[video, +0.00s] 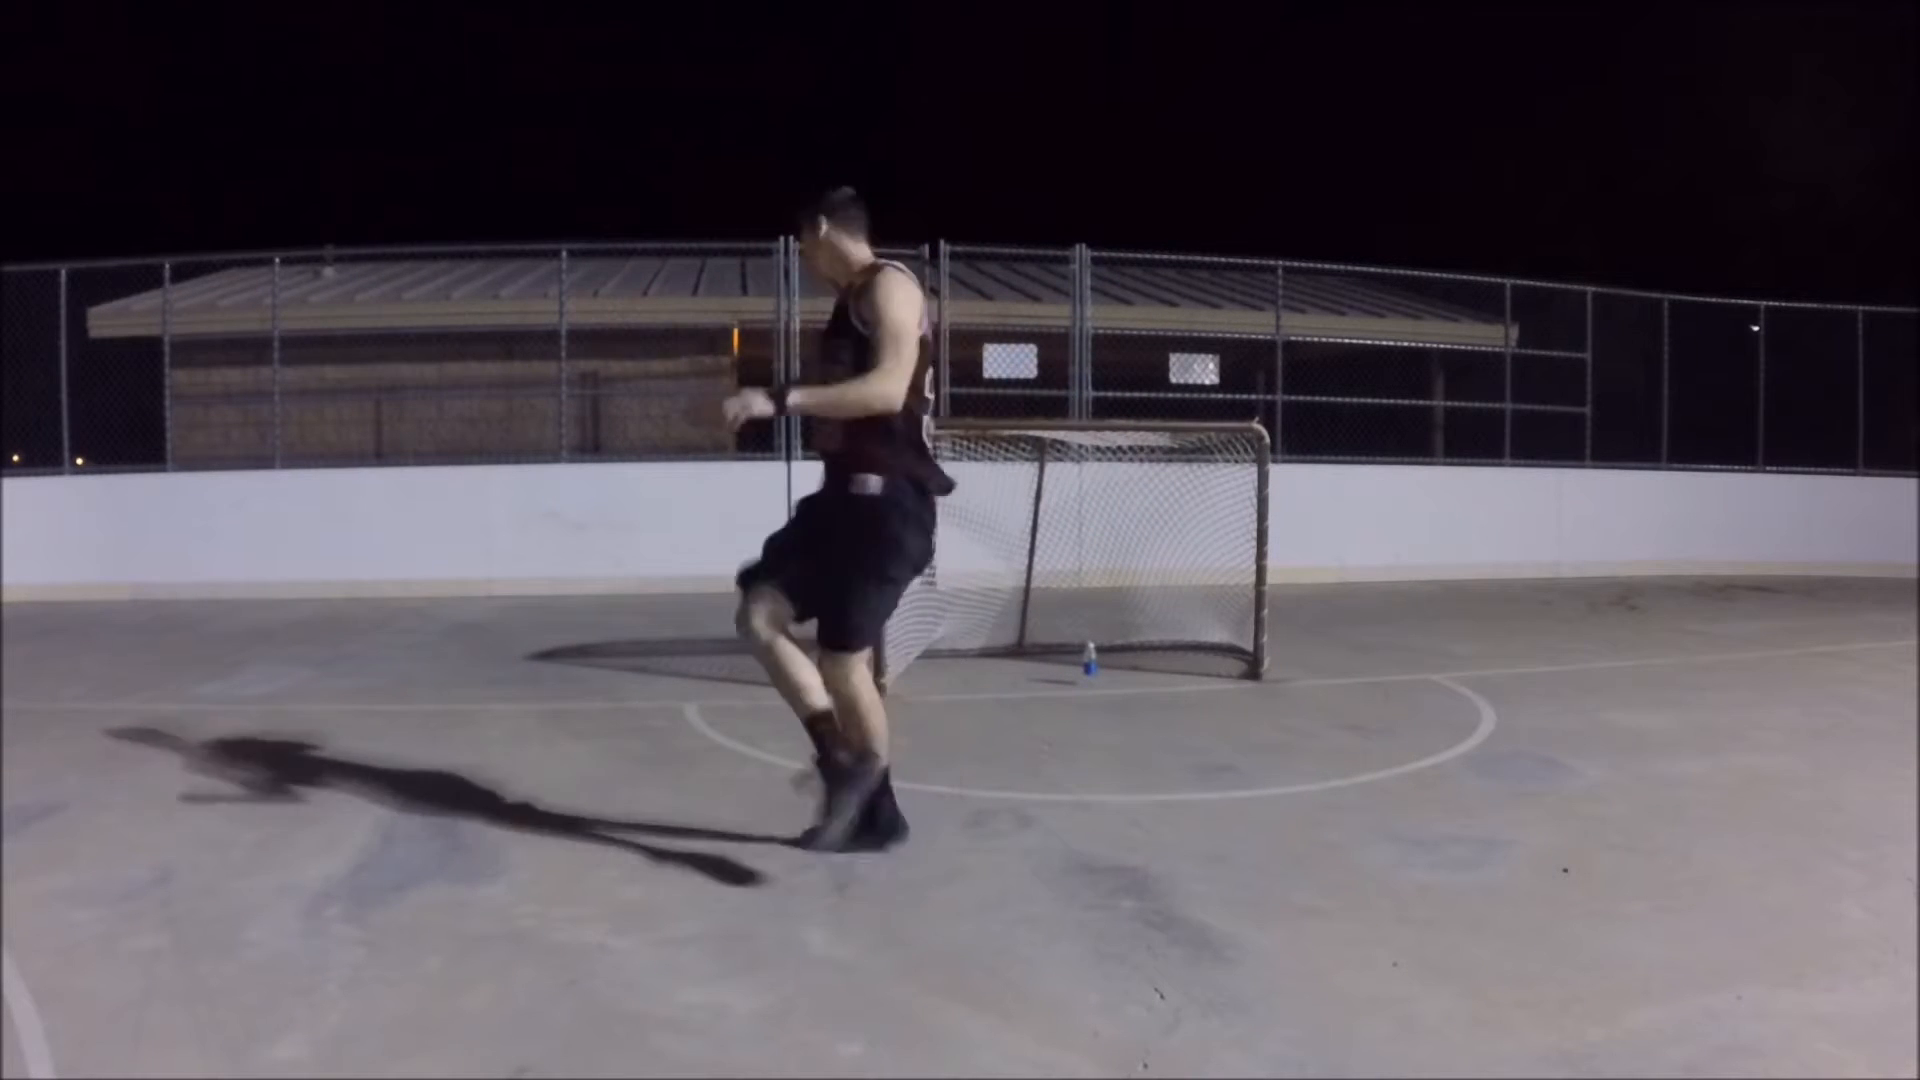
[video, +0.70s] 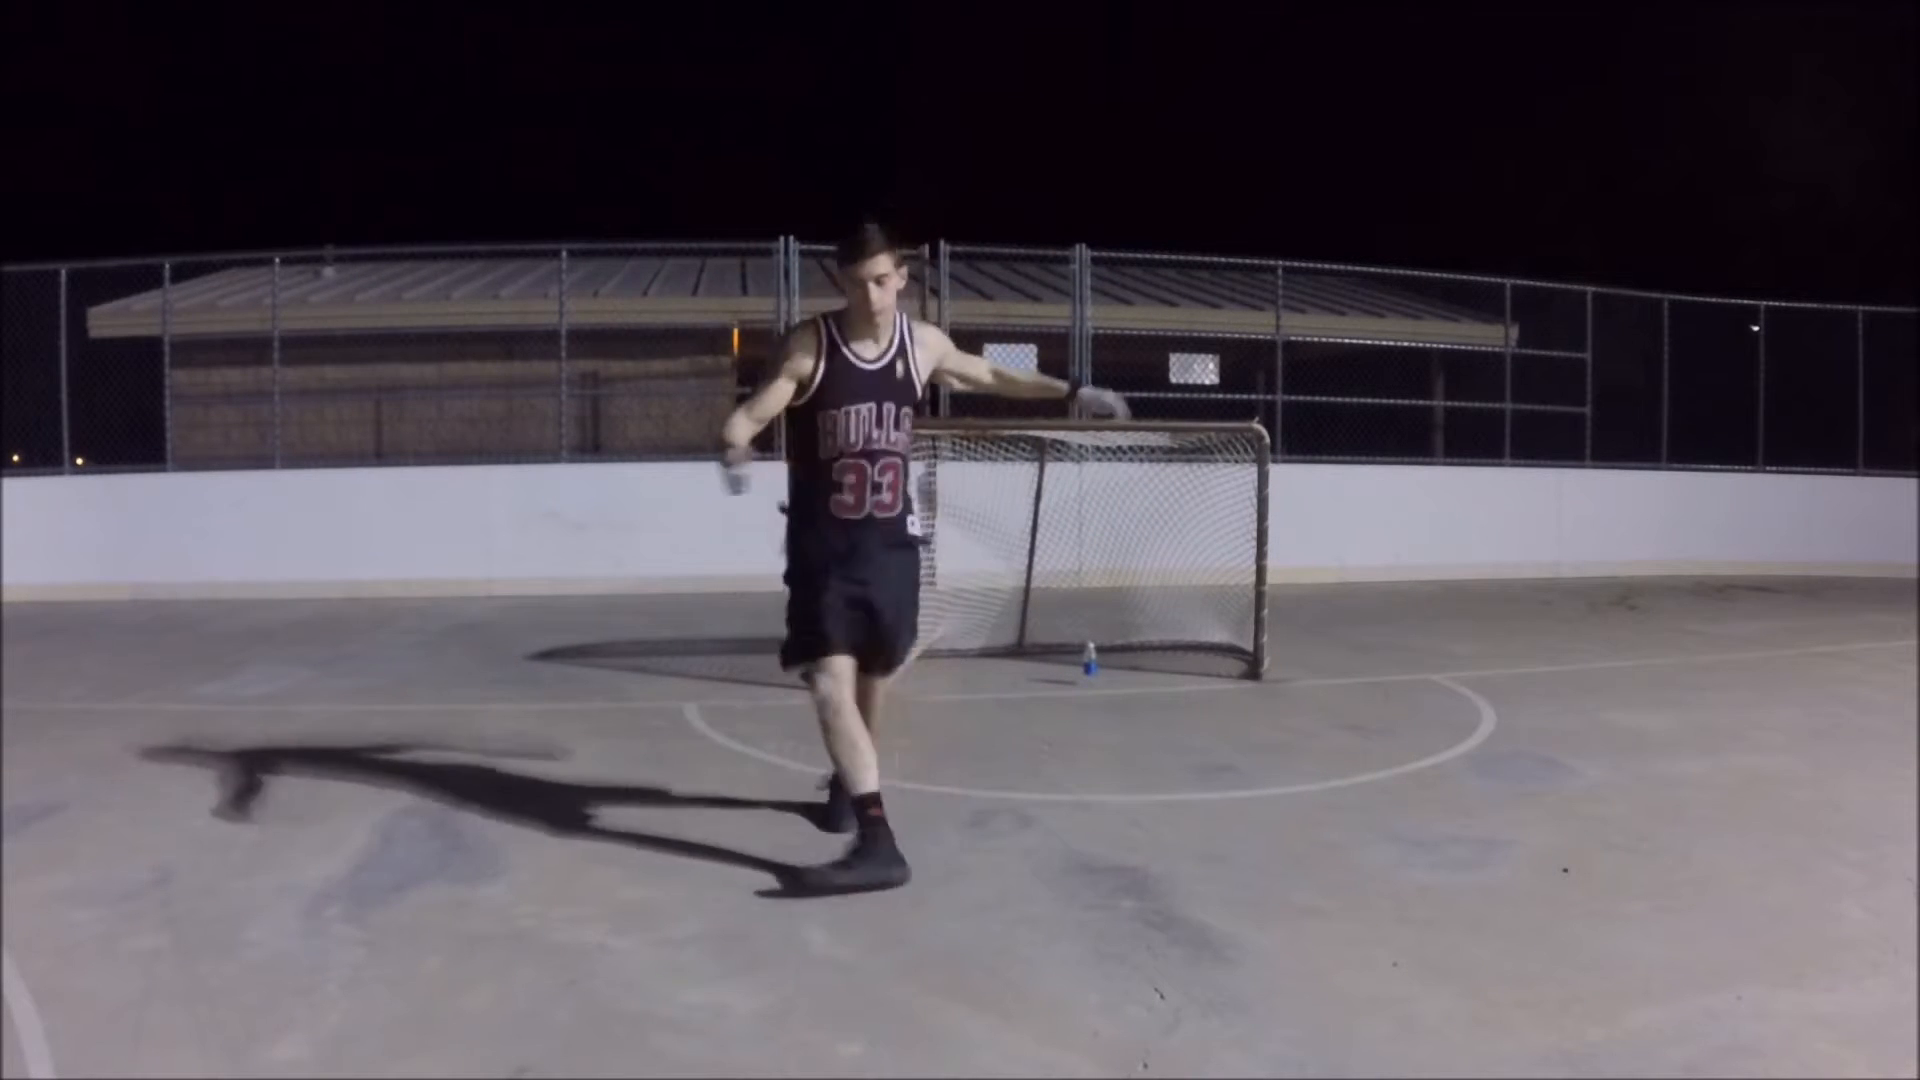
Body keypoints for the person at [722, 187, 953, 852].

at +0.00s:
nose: (806, 258)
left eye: (806, 243)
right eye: (804, 245)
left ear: (827, 233)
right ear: (845, 231)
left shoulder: (892, 287)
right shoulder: (853, 299)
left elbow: (887, 389)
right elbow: (867, 398)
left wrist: (782, 400)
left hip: (884, 506)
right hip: (843, 500)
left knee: (845, 663)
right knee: (761, 614)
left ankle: (878, 808)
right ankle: (840, 758)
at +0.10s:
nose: (808, 255)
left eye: (809, 244)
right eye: (816, 242)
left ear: (816, 247)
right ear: (872, 246)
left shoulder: (839, 302)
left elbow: (855, 409)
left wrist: (777, 465)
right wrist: (769, 410)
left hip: (857, 505)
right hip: (916, 511)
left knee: (843, 674)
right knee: (808, 620)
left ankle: (866, 834)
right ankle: (746, 725)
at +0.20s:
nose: (892, 310)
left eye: (888, 305)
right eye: (891, 303)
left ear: (827, 300)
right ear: (878, 299)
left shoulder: (790, 353)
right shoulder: (920, 344)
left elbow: (777, 459)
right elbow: (944, 448)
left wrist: (777, 525)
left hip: (843, 544)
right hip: (922, 544)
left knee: (839, 684)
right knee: (839, 648)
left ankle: (870, 835)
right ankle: (736, 717)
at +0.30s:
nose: (925, 299)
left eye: (926, 289)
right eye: (920, 288)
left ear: (871, 287)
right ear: (887, 286)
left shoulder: (813, 340)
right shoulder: (908, 341)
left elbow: (781, 443)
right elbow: (943, 415)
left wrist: (818, 482)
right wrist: (917, 336)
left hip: (817, 518)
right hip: (888, 513)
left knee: (833, 681)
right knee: (897, 621)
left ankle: (868, 834)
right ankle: (814, 735)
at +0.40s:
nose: (935, 245)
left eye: (938, 233)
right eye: (924, 232)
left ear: (900, 239)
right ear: (890, 231)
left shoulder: (857, 282)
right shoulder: (883, 269)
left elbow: (834, 395)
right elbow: (874, 361)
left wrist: (905, 421)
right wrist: (921, 366)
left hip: (806, 476)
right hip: (844, 473)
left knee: (848, 633)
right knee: (929, 605)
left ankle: (828, 794)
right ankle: (896, 734)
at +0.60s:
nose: (897, 257)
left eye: (906, 244)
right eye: (885, 246)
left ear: (921, 245)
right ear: (863, 247)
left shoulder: (920, 313)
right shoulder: (823, 302)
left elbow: (932, 362)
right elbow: (770, 393)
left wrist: (997, 395)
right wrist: (840, 418)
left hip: (884, 492)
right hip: (816, 493)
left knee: (857, 636)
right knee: (874, 626)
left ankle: (842, 775)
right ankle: (956, 781)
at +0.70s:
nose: (879, 293)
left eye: (887, 279)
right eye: (866, 283)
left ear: (902, 276)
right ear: (842, 282)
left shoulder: (924, 343)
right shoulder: (810, 347)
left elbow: (994, 380)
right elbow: (752, 412)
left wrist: (1072, 393)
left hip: (890, 547)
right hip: (820, 546)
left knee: (869, 693)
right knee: (831, 690)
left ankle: (843, 782)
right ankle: (878, 843)